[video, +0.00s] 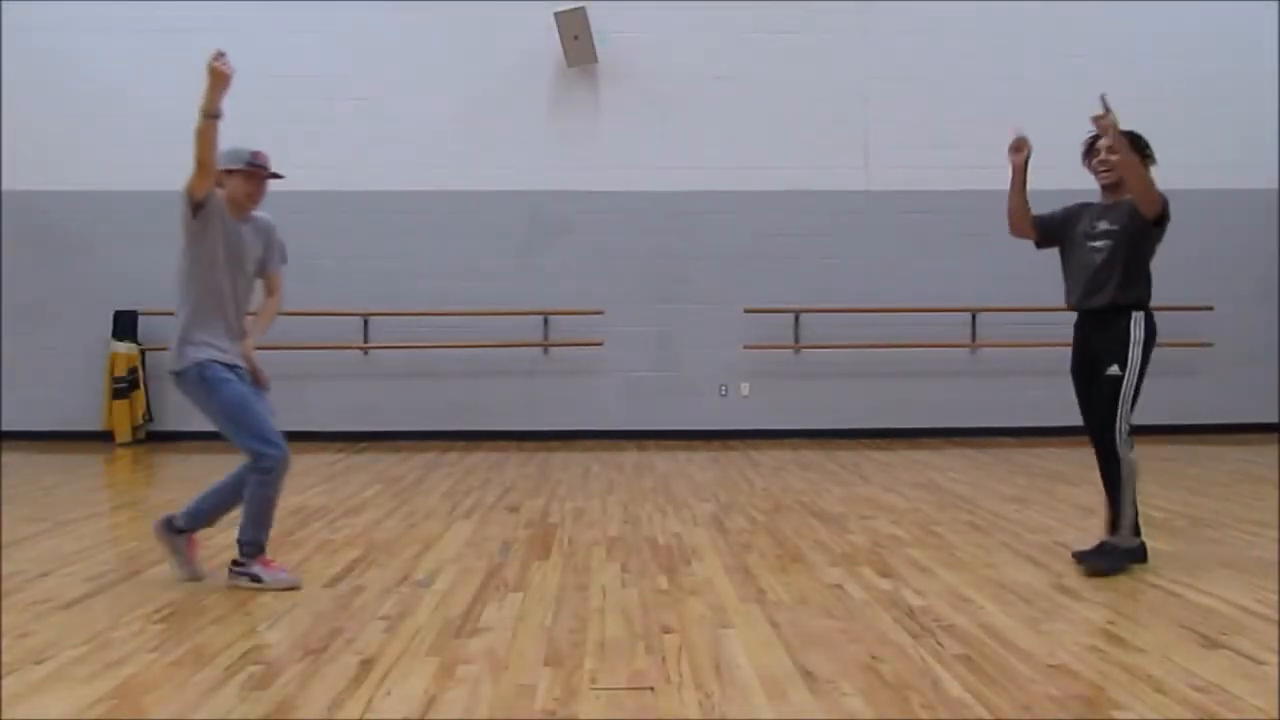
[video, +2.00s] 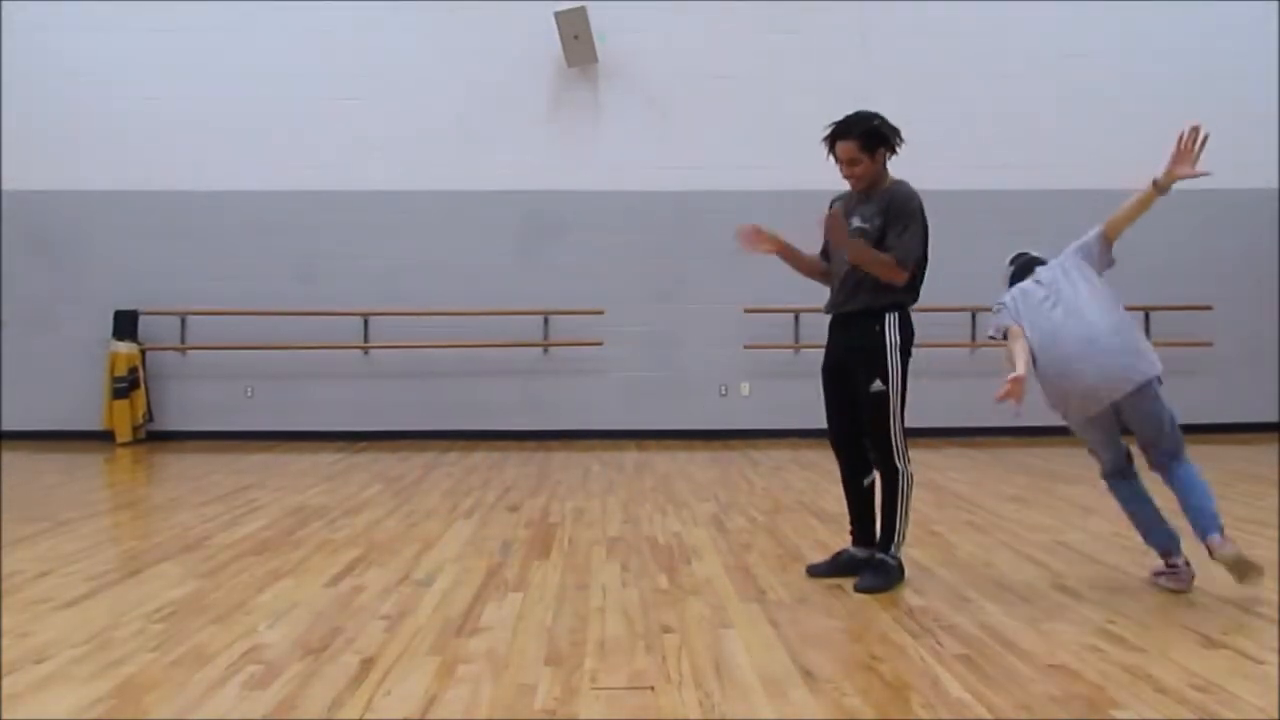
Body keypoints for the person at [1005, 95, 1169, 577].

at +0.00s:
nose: (1102, 158)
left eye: (1114, 150)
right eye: (1095, 152)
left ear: (1137, 161)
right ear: (1088, 166)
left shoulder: (1146, 212)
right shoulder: (1078, 216)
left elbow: (1146, 194)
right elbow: (1021, 227)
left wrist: (1116, 140)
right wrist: (1018, 170)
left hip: (1128, 325)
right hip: (1089, 327)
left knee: (1113, 429)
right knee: (1101, 433)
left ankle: (1126, 537)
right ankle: (1121, 533)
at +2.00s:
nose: (846, 172)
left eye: (854, 162)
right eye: (840, 163)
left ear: (881, 155)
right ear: (837, 160)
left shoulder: (904, 201)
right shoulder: (843, 206)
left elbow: (900, 273)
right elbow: (830, 273)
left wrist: (846, 243)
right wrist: (782, 248)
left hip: (883, 329)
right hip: (844, 331)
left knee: (885, 444)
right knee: (848, 442)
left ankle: (889, 555)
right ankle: (862, 546)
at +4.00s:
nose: (857, 132)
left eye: (867, 130)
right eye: (848, 129)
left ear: (882, 153)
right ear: (834, 152)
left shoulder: (900, 191)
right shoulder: (830, 203)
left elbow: (947, 244)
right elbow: (836, 267)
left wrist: (912, 283)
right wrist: (812, 243)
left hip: (886, 329)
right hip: (839, 331)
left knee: (892, 447)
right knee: (844, 446)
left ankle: (893, 557)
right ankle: (858, 551)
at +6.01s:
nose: (873, 150)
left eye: (884, 141)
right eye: (868, 142)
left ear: (912, 147)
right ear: (863, 151)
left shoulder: (931, 193)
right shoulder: (860, 207)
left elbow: (948, 261)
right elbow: (849, 277)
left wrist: (882, 245)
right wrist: (830, 253)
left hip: (921, 333)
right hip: (875, 336)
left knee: (944, 453)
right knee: (858, 450)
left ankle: (979, 572)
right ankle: (861, 555)